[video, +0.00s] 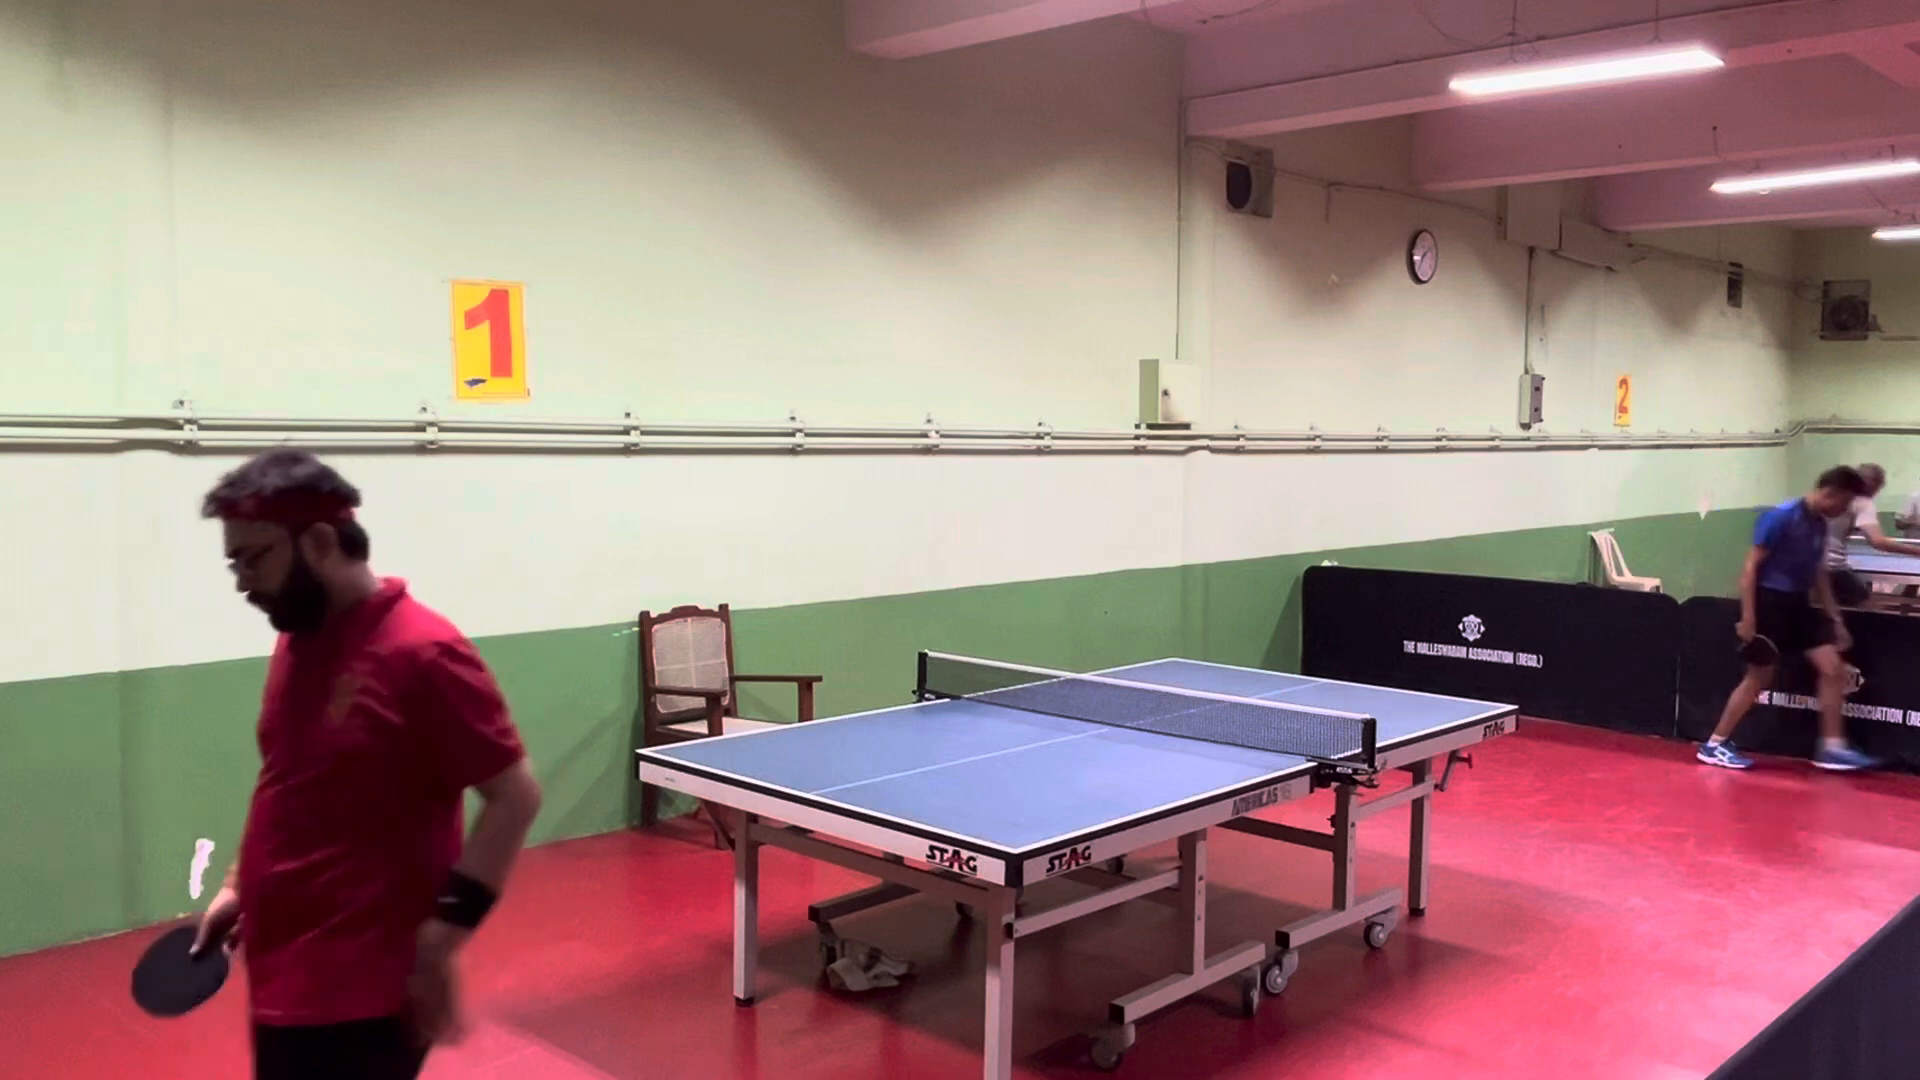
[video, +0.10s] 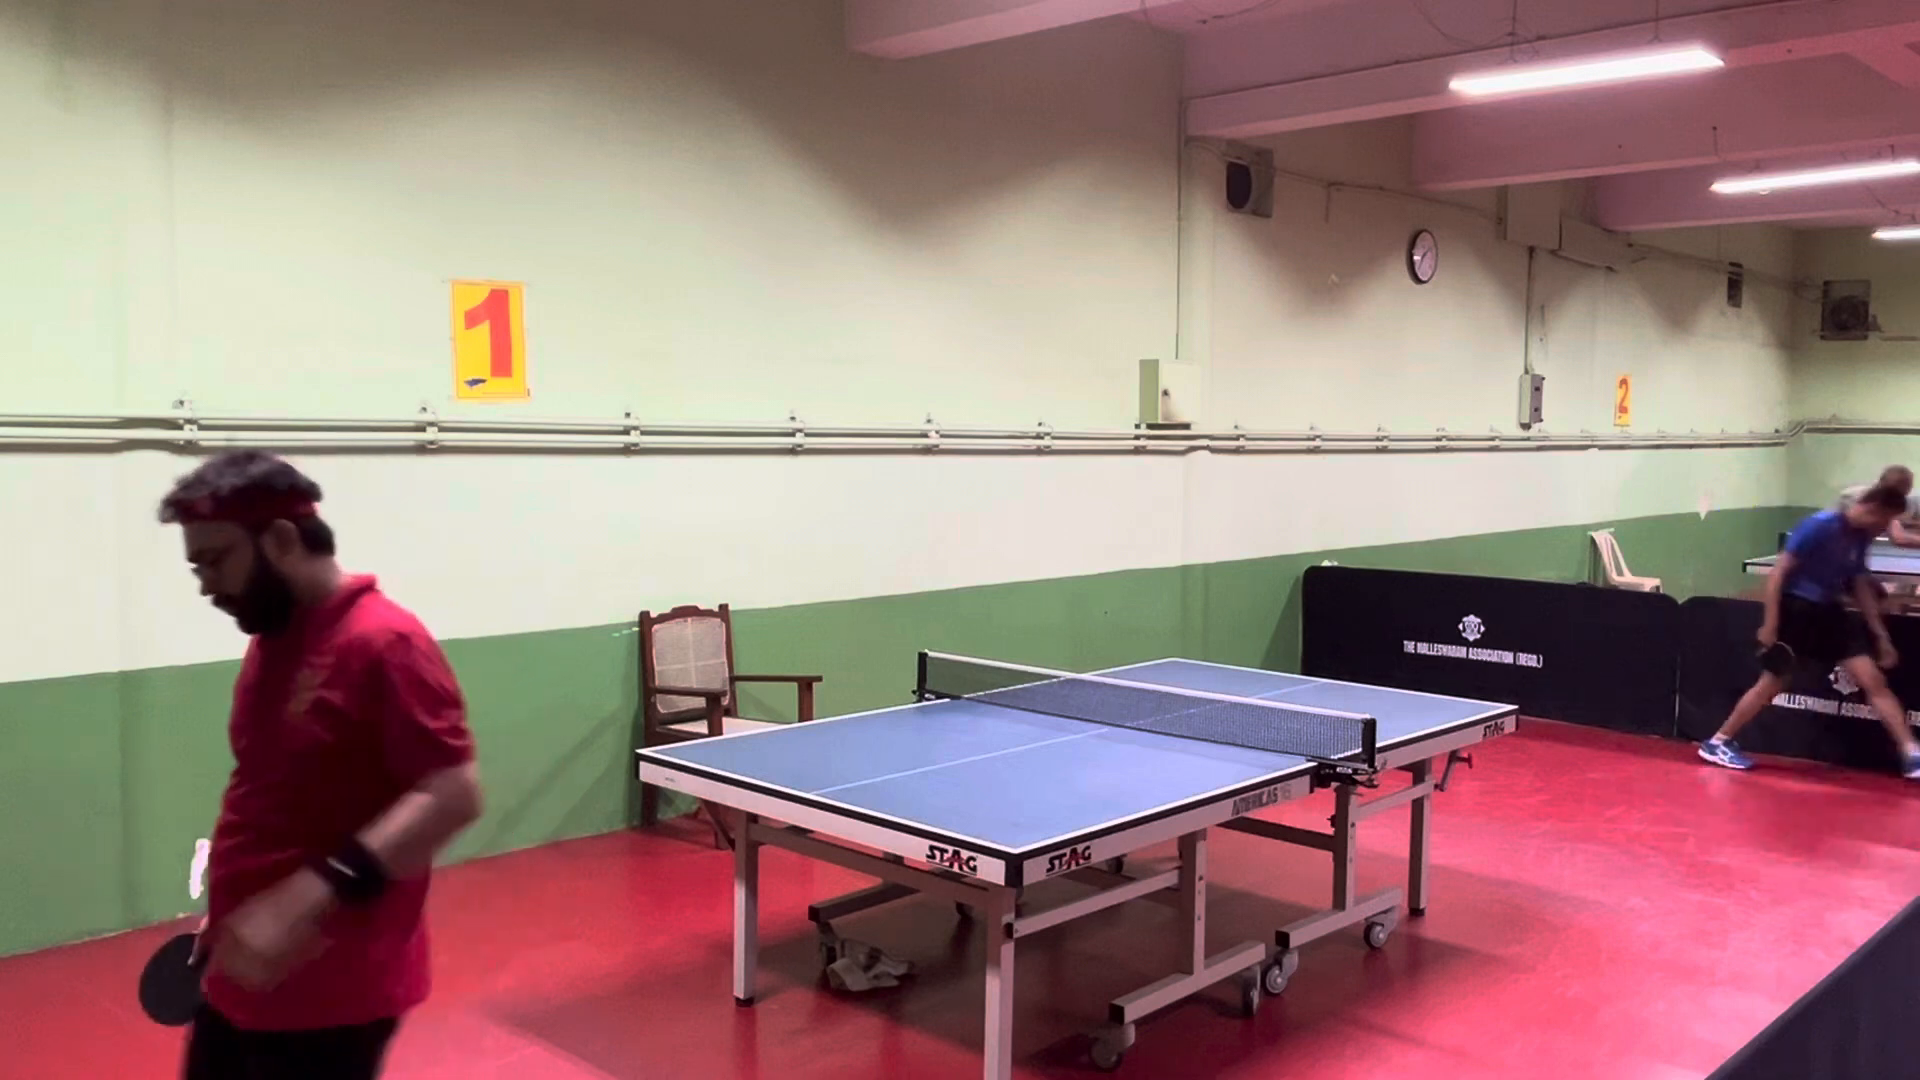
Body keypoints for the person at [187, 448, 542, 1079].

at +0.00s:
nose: (241, 583)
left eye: (253, 558)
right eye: (236, 564)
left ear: (320, 541)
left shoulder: (424, 650)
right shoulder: (297, 646)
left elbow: (514, 794)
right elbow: (293, 792)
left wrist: (444, 935)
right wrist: (240, 890)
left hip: (367, 990)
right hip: (286, 985)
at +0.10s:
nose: (205, 586)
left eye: (214, 560)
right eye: (197, 566)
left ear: (281, 542)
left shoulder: (386, 640)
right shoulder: (274, 643)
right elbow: (284, 799)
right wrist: (225, 913)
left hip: (328, 996)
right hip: (243, 980)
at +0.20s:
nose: (166, 579)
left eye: (175, 552)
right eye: (160, 558)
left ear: (241, 534)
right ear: (241, 536)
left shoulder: (334, 628)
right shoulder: (263, 630)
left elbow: (360, 784)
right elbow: (277, 787)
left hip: (294, 1003)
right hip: (217, 982)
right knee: (150, 1072)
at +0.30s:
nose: (130, 581)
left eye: (137, 552)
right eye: (123, 559)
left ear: (200, 533)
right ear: (202, 535)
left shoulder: (283, 626)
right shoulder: (251, 621)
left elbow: (206, 790)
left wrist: (113, 704)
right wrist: (120, 706)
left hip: (266, 993)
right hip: (202, 976)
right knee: (126, 1073)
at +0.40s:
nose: (95, 583)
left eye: (102, 556)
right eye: (88, 561)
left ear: (162, 540)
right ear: (169, 539)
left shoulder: (210, 635)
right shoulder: (291, 622)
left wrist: (68, 668)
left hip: (217, 991)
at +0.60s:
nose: (63, 569)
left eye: (62, 551)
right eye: (58, 553)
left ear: (99, 540)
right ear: (175, 532)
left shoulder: (107, 643)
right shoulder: (276, 638)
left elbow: (8, 789)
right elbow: (319, 770)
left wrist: (16, 668)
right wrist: (307, 893)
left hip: (135, 989)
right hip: (247, 974)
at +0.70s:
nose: (74, 546)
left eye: (73, 530)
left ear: (85, 534)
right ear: (182, 528)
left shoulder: (63, 639)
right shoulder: (264, 632)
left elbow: (2, 765)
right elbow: (313, 763)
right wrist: (319, 881)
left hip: (97, 975)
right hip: (231, 958)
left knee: (39, 1066)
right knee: (185, 1069)